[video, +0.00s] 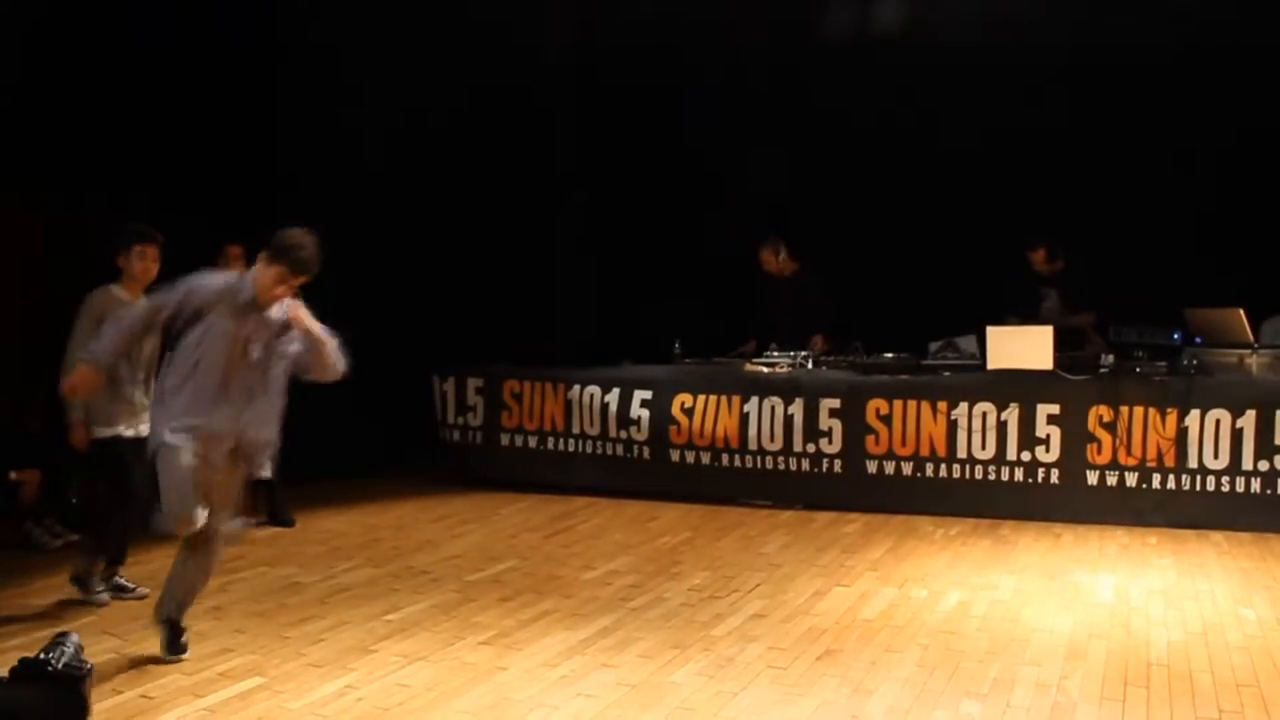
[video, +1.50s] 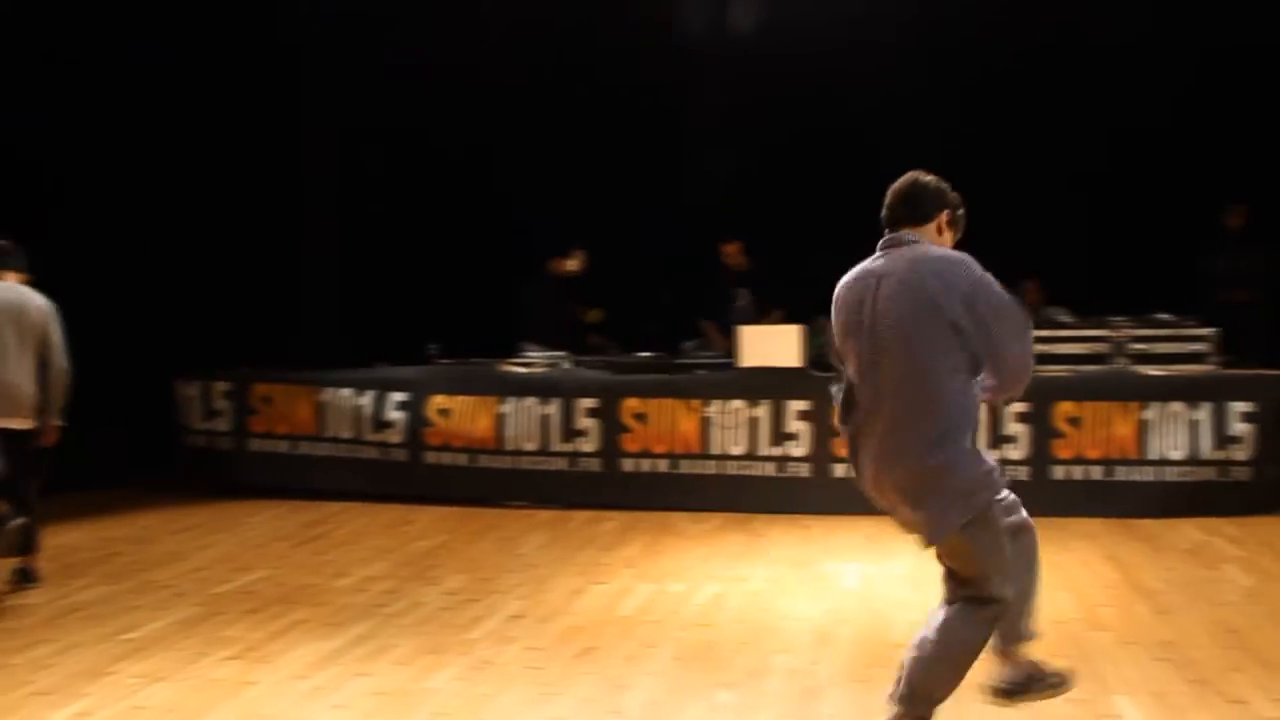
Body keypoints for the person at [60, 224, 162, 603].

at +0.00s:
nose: (149, 266)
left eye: (154, 259)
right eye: (142, 258)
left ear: (159, 265)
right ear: (124, 261)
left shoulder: (151, 309)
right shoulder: (102, 302)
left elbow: (148, 367)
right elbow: (77, 361)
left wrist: (152, 413)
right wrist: (77, 418)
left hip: (138, 424)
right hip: (104, 425)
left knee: (130, 501)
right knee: (105, 501)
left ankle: (113, 569)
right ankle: (87, 569)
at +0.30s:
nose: (197, 280)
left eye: (200, 272)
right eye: (191, 271)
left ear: (194, 274)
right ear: (169, 269)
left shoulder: (181, 313)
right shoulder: (140, 309)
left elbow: (184, 370)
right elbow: (120, 368)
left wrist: (187, 418)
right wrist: (126, 424)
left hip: (171, 424)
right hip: (144, 426)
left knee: (150, 499)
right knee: (173, 495)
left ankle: (116, 564)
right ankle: (168, 573)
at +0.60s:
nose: (217, 254)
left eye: (219, 247)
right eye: (210, 246)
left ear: (215, 251)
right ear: (188, 248)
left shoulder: (196, 289)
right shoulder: (185, 288)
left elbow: (195, 351)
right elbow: (183, 349)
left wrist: (202, 401)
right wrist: (187, 403)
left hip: (194, 413)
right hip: (177, 414)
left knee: (202, 485)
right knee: (168, 491)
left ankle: (226, 558)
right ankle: (156, 573)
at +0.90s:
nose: (198, 292)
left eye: (201, 286)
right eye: (199, 285)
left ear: (172, 271)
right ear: (191, 273)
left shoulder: (137, 304)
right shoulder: (175, 296)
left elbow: (132, 368)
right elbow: (179, 355)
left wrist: (139, 422)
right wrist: (194, 406)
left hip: (151, 417)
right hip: (175, 414)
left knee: (180, 481)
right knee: (192, 478)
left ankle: (181, 557)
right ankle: (159, 539)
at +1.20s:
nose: (120, 269)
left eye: (117, 264)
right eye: (121, 264)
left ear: (85, 263)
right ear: (118, 263)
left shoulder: (62, 297)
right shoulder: (125, 297)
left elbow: (50, 356)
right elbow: (143, 359)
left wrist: (68, 389)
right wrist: (143, 408)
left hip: (67, 421)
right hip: (114, 418)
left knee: (74, 493)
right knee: (127, 481)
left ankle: (81, 565)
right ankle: (144, 539)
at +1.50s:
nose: (12, 277)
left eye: (9, 270)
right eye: (16, 270)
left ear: (3, 269)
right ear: (24, 270)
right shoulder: (39, 305)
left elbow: (56, 366)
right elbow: (58, 366)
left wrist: (51, 415)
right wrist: (54, 415)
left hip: (4, 417)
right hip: (22, 417)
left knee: (8, 485)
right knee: (25, 488)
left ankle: (12, 522)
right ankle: (26, 562)